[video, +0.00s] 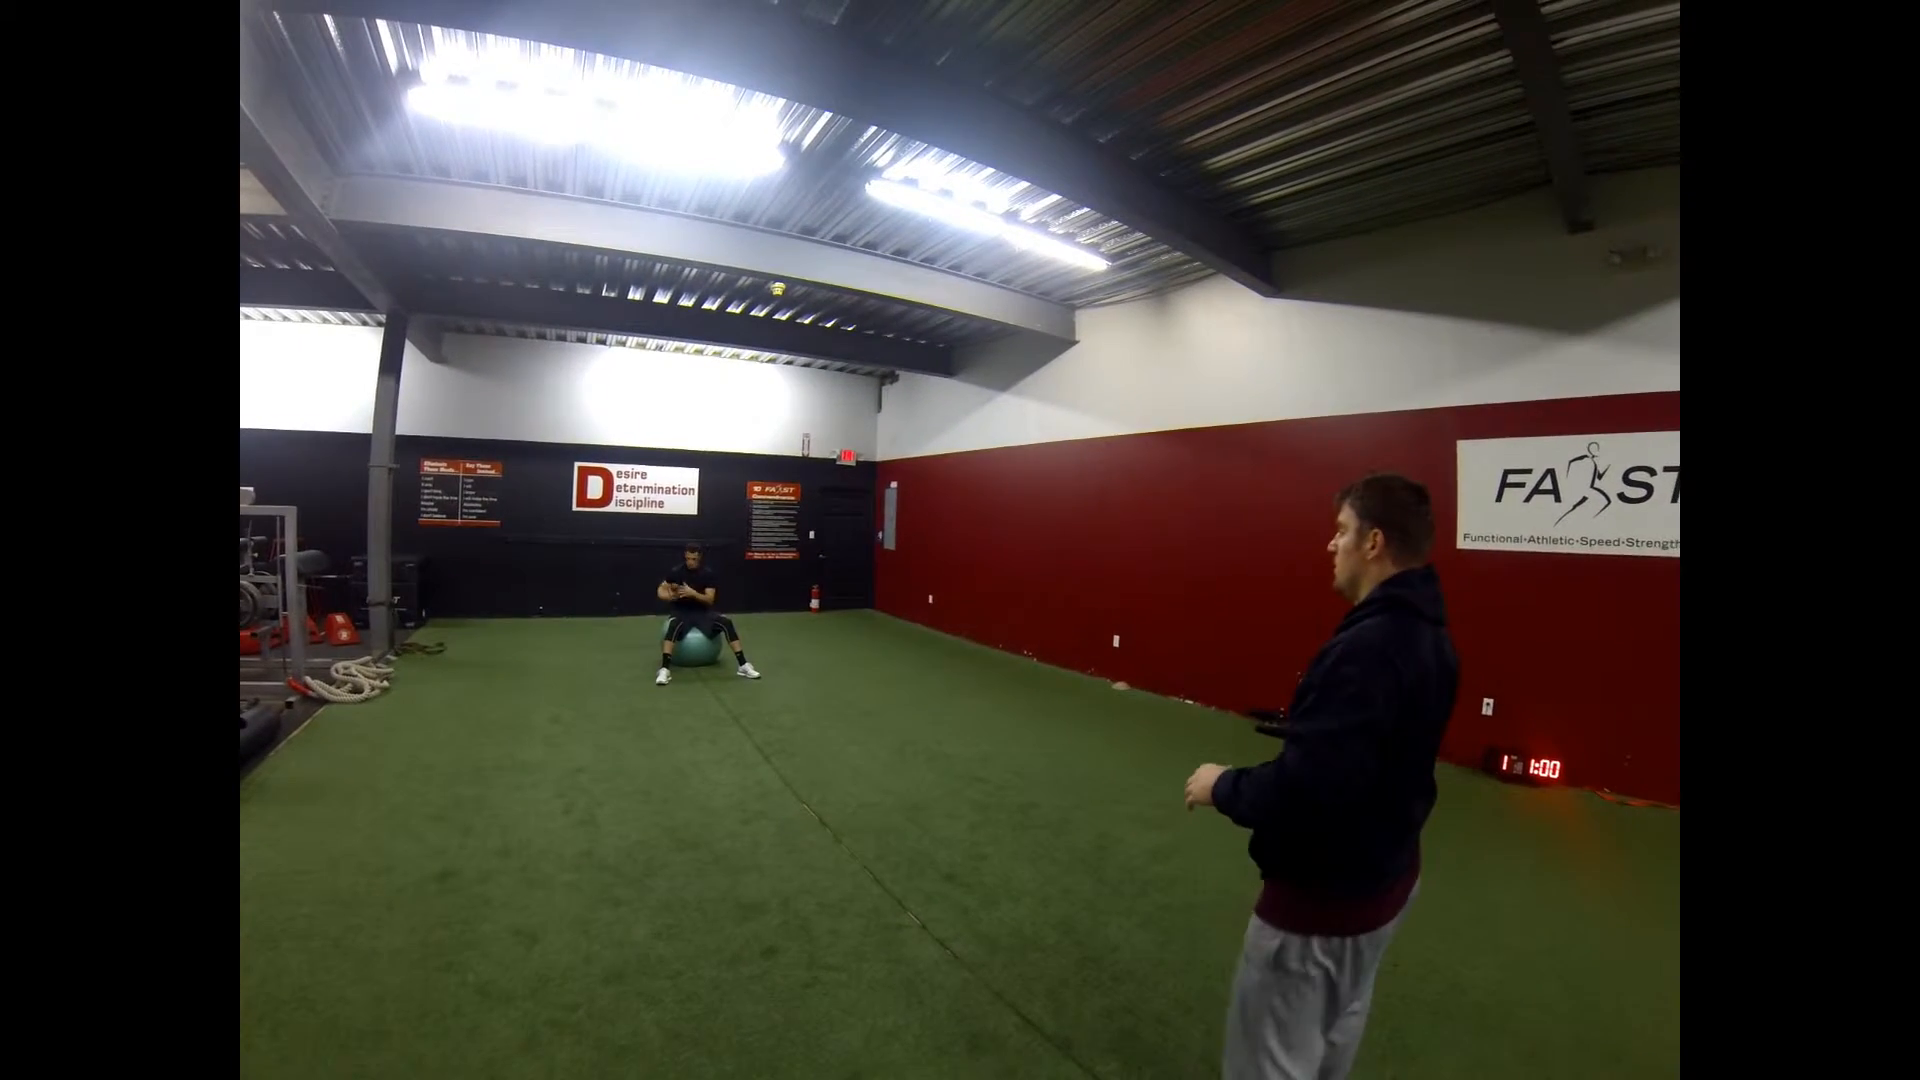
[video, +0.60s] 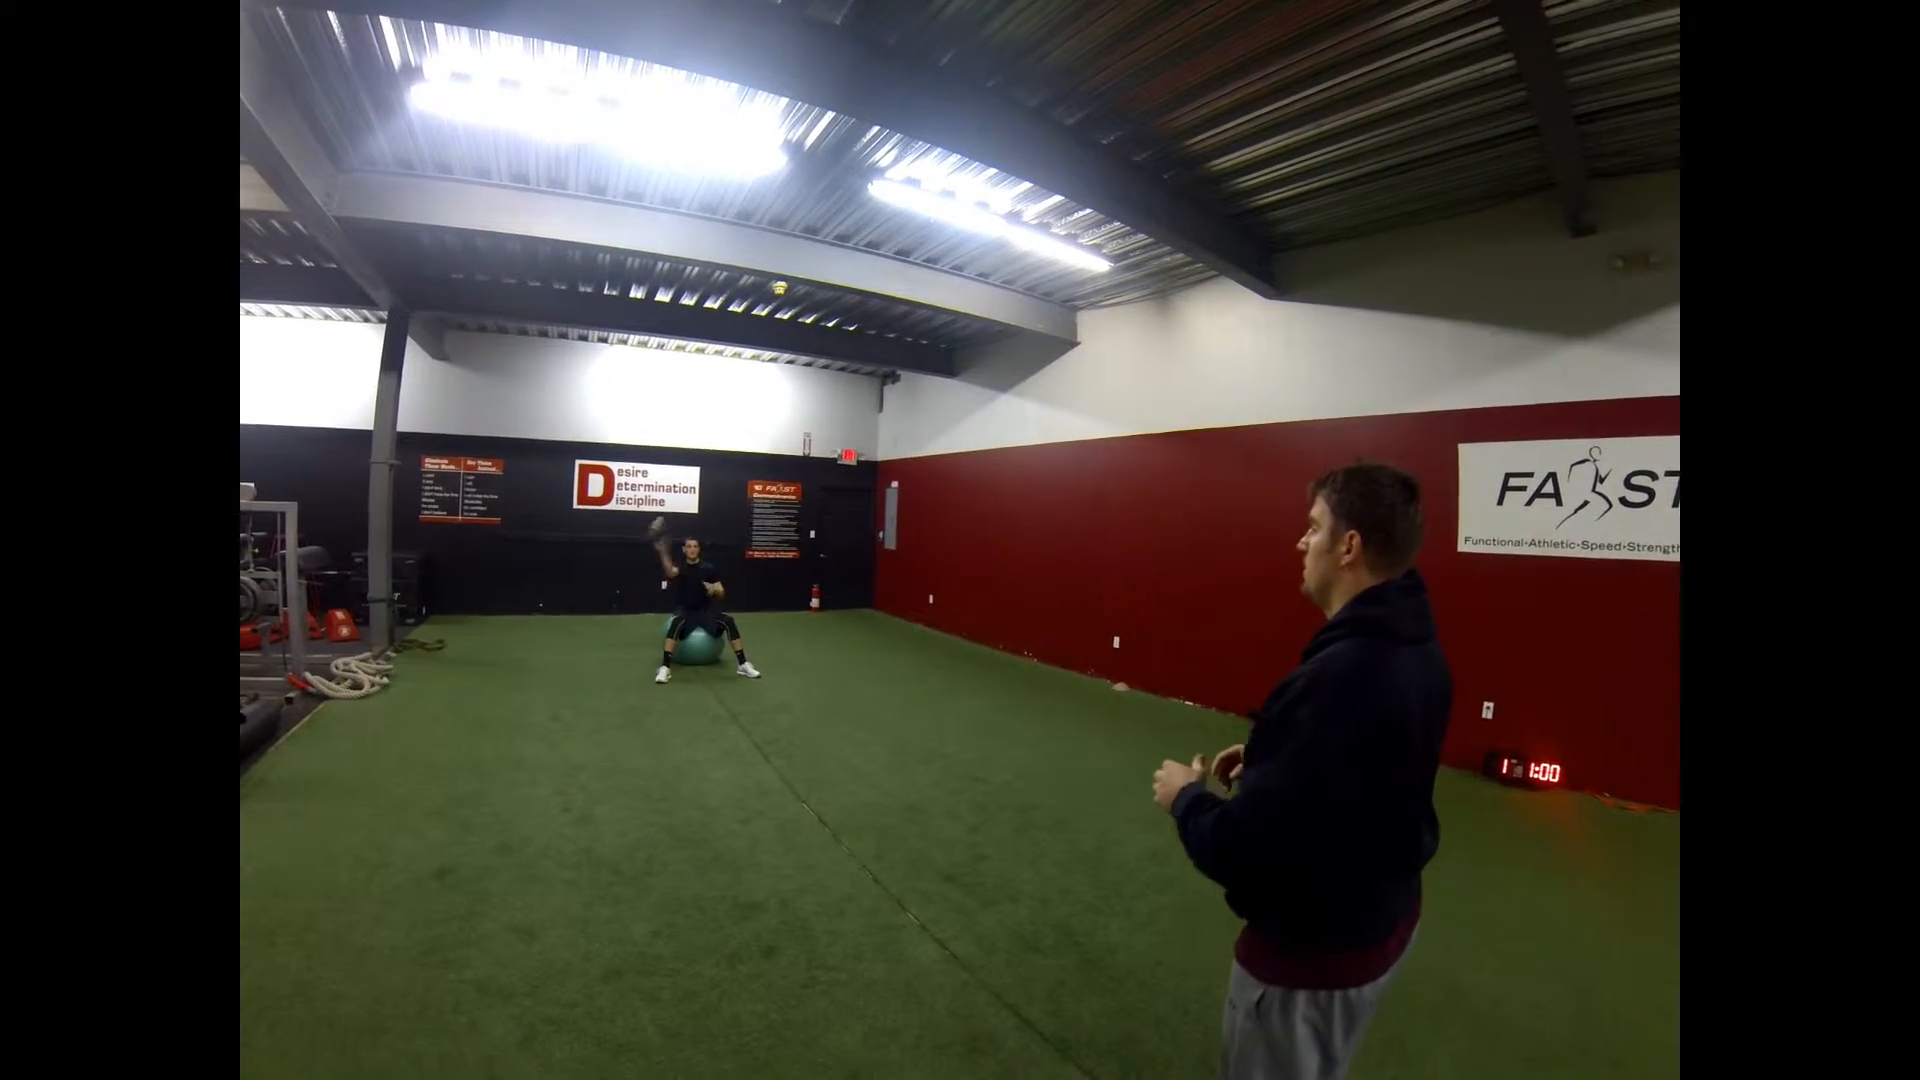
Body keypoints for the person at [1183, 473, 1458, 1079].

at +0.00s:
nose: (1331, 548)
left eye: (1340, 532)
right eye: (1334, 533)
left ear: (1374, 542)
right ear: (1388, 543)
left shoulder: (1366, 648)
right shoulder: (1425, 634)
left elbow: (1309, 784)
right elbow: (1392, 767)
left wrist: (1225, 786)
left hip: (1317, 898)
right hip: (1381, 884)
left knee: (1269, 1058)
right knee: (1333, 1039)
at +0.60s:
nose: (1301, 544)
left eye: (1312, 528)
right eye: (1306, 527)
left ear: (1349, 545)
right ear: (1361, 546)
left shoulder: (1341, 672)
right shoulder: (1414, 646)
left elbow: (1247, 849)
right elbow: (1369, 772)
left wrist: (1187, 800)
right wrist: (1267, 761)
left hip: (1305, 960)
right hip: (1375, 933)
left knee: (1265, 1070)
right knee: (1314, 1066)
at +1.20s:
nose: (1293, 593)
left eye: (1296, 575)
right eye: (1293, 576)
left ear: (1327, 576)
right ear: (1381, 572)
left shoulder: (1324, 688)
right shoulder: (1412, 660)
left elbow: (1228, 789)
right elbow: (1309, 758)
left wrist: (1162, 786)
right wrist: (1208, 766)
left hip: (1344, 985)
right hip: (1441, 959)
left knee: (1247, 1070)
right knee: (1388, 1070)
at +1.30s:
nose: (1302, 602)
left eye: (1303, 584)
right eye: (1301, 585)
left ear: (1328, 582)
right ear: (1388, 576)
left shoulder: (1323, 697)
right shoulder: (1428, 666)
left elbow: (1243, 827)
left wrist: (1201, 830)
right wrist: (1229, 808)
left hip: (1350, 986)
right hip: (1451, 960)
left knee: (1252, 1070)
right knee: (1399, 1068)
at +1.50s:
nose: (1342, 591)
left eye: (1342, 576)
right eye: (1341, 578)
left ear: (1360, 576)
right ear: (1424, 570)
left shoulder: (1343, 690)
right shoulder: (1490, 669)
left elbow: (1276, 823)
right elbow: (1482, 794)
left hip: (1359, 978)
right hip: (1471, 962)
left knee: (1267, 1070)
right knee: (1412, 1072)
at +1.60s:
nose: (1368, 583)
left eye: (1369, 569)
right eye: (1369, 569)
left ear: (1386, 568)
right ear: (1450, 560)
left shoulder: (1352, 683)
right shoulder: (1514, 668)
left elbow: (1285, 809)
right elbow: (1499, 788)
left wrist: (1299, 750)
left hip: (1364, 965)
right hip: (1477, 956)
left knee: (1274, 1072)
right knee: (1416, 1073)